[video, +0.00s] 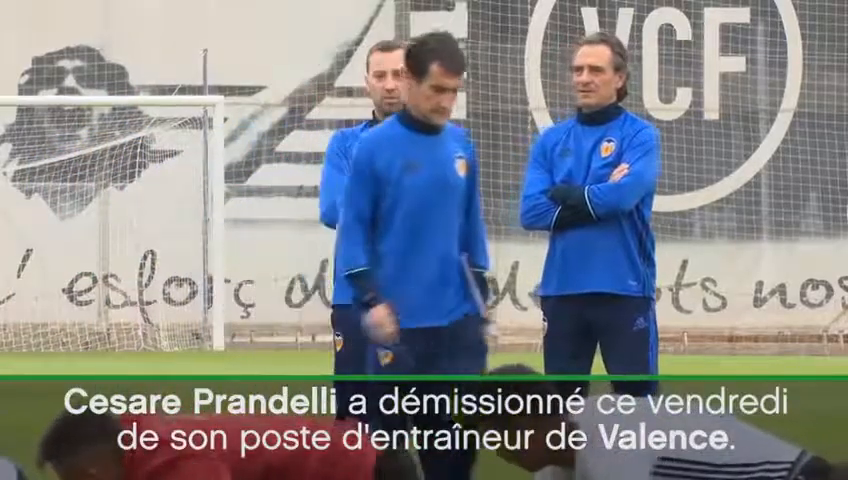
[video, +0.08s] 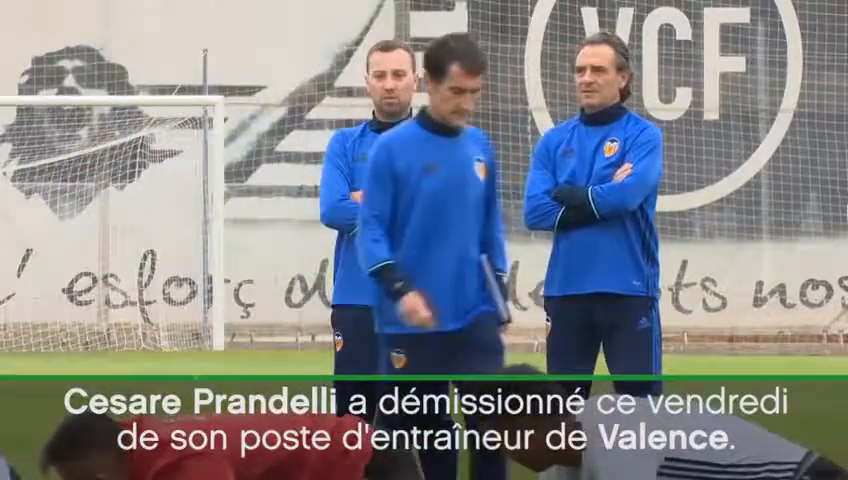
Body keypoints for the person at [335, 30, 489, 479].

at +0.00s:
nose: (447, 102)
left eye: (454, 91)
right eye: (438, 90)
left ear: (459, 88)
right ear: (408, 83)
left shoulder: (459, 143)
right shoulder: (372, 147)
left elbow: (472, 226)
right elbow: (351, 232)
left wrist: (481, 294)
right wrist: (371, 300)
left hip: (458, 317)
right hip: (396, 323)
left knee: (457, 440)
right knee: (391, 441)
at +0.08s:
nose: (467, 103)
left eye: (474, 92)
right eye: (457, 91)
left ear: (481, 88)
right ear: (429, 85)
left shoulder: (479, 144)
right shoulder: (390, 149)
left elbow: (491, 224)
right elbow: (370, 231)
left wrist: (499, 289)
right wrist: (401, 289)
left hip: (476, 317)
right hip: (411, 325)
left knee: (491, 436)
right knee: (430, 443)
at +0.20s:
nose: (496, 111)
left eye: (503, 100)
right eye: (486, 99)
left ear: (510, 95)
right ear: (459, 91)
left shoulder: (513, 155)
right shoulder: (422, 155)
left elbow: (523, 236)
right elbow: (400, 236)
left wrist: (536, 305)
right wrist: (434, 286)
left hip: (505, 327)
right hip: (438, 329)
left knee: (517, 443)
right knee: (436, 444)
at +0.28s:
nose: (519, 111)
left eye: (526, 101)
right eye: (510, 100)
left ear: (533, 97)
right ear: (482, 94)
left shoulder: (538, 161)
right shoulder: (445, 159)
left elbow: (547, 249)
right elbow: (420, 239)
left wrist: (562, 318)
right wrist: (448, 296)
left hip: (530, 329)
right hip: (462, 332)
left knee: (538, 446)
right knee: (446, 444)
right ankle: (445, 477)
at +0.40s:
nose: (551, 106)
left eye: (559, 95)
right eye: (542, 94)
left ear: (565, 91)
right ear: (516, 86)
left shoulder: (567, 152)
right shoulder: (475, 151)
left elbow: (582, 237)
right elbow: (452, 234)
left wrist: (596, 310)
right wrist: (460, 310)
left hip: (564, 321)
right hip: (501, 324)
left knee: (562, 444)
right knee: (502, 441)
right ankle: (477, 478)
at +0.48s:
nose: (569, 100)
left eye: (576, 89)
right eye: (559, 89)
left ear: (584, 87)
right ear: (532, 83)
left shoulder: (589, 147)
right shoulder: (496, 144)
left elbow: (604, 229)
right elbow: (468, 227)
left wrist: (619, 301)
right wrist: (461, 307)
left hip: (580, 313)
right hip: (516, 312)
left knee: (580, 429)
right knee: (545, 421)